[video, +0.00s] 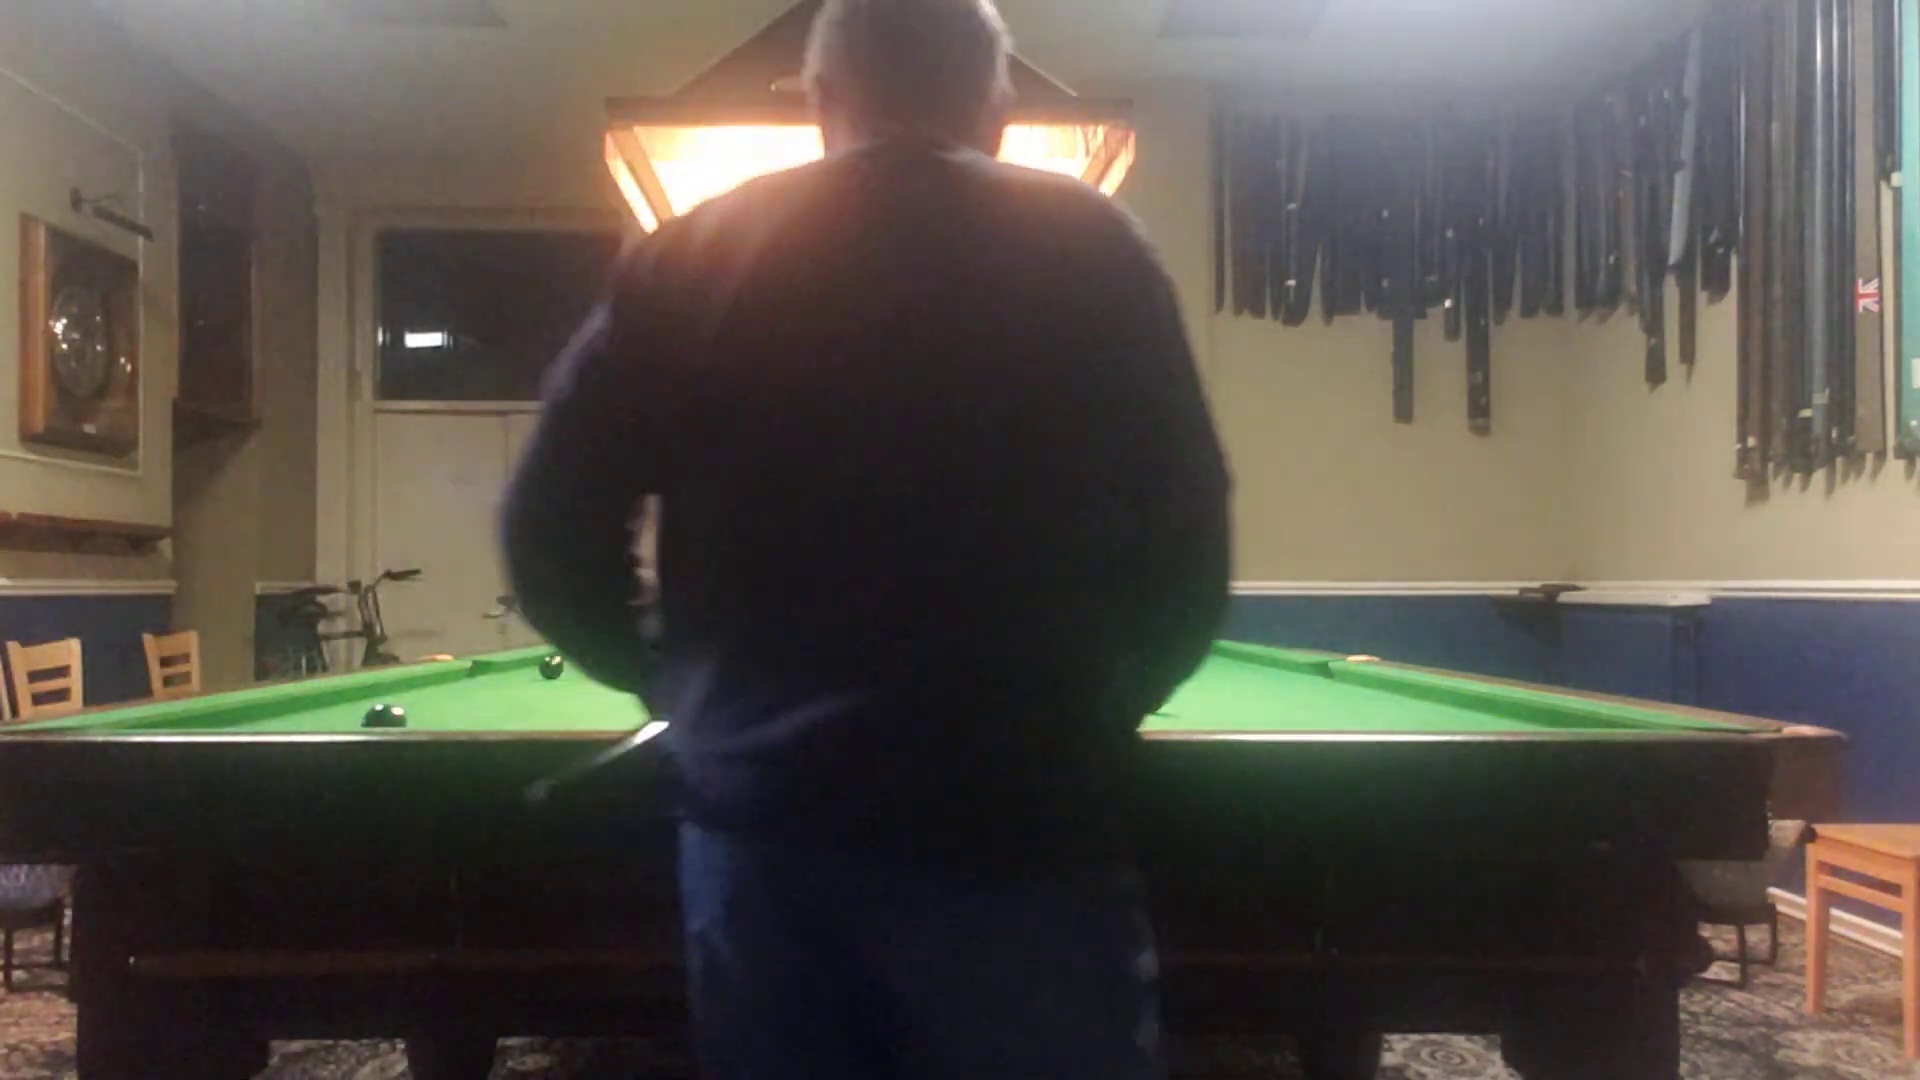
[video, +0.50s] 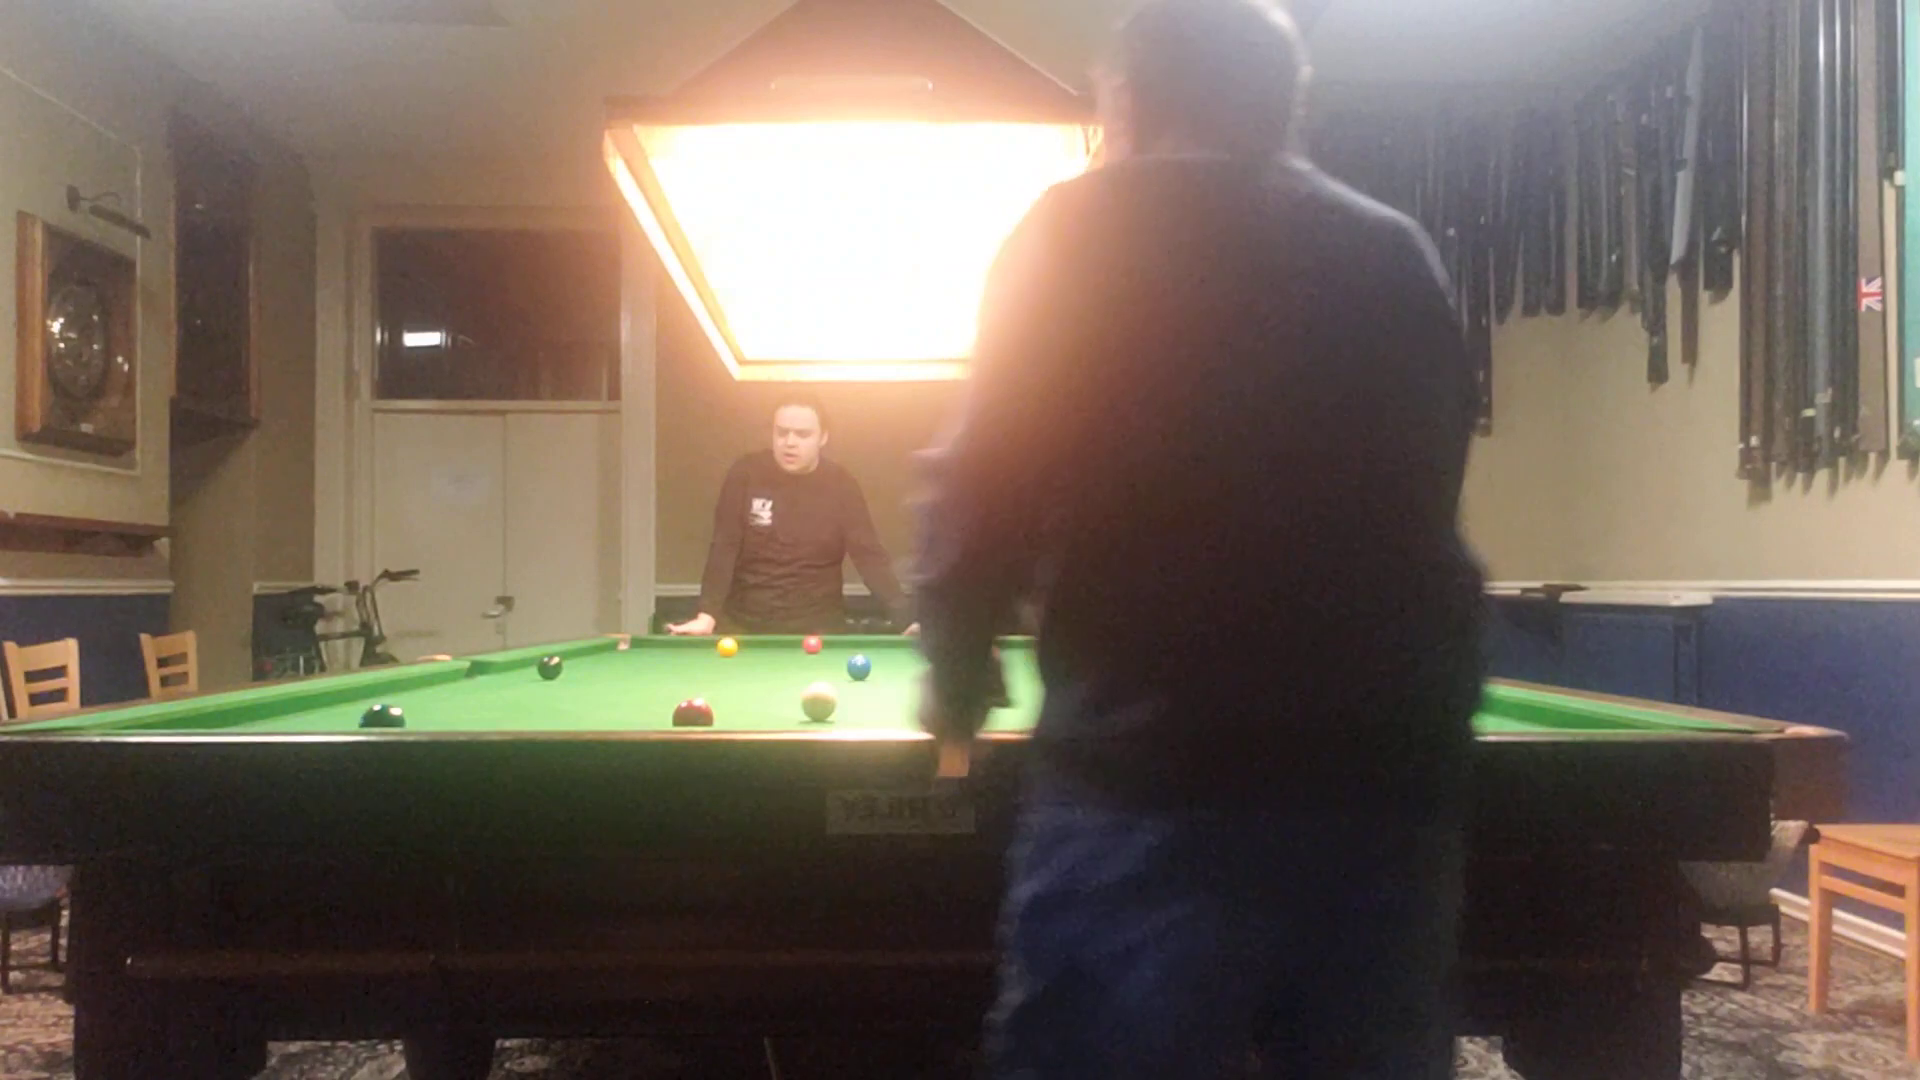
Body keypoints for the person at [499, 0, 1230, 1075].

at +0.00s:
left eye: (816, 98)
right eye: (1006, 93)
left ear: (817, 100)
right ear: (998, 103)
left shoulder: (695, 256)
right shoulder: (1094, 249)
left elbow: (550, 536)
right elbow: (1187, 573)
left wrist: (683, 685)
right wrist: (1076, 708)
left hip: (760, 834)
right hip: (1027, 831)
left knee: (779, 1070)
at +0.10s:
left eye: (869, 91)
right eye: (1047, 87)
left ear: (870, 96)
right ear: (1038, 100)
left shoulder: (746, 250)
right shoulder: (1137, 239)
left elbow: (614, 528)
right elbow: (1235, 563)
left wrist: (728, 670)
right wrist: (1107, 691)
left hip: (810, 829)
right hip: (1080, 829)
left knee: (822, 1070)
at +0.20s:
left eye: (931, 98)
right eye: (1104, 99)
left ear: (927, 101)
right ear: (1094, 105)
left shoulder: (814, 246)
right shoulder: (1198, 242)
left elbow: (679, 508)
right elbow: (1286, 566)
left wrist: (772, 673)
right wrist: (1152, 691)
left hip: (869, 820)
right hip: (1136, 820)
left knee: (869, 1070)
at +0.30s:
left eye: (999, 106)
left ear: (993, 107)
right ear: (1153, 108)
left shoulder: (901, 250)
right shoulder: (1266, 255)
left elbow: (764, 548)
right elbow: (1340, 575)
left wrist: (837, 686)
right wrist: (1222, 704)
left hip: (950, 836)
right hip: (1208, 836)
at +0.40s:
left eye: (1070, 106)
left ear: (1071, 108)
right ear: (1230, 111)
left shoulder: (1000, 240)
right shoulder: (1344, 260)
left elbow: (876, 521)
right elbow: (1389, 556)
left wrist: (895, 685)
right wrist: (1313, 711)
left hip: (1045, 822)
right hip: (1293, 821)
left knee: (1021, 1068)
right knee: (1293, 1072)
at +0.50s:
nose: (1100, 124)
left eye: (1104, 103)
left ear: (1128, 100)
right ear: (1286, 106)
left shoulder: (1079, 228)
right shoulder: (1400, 250)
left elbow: (987, 491)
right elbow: (1419, 503)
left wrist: (958, 691)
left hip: (1143, 786)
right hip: (1383, 785)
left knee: (1086, 1062)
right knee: (1376, 1068)